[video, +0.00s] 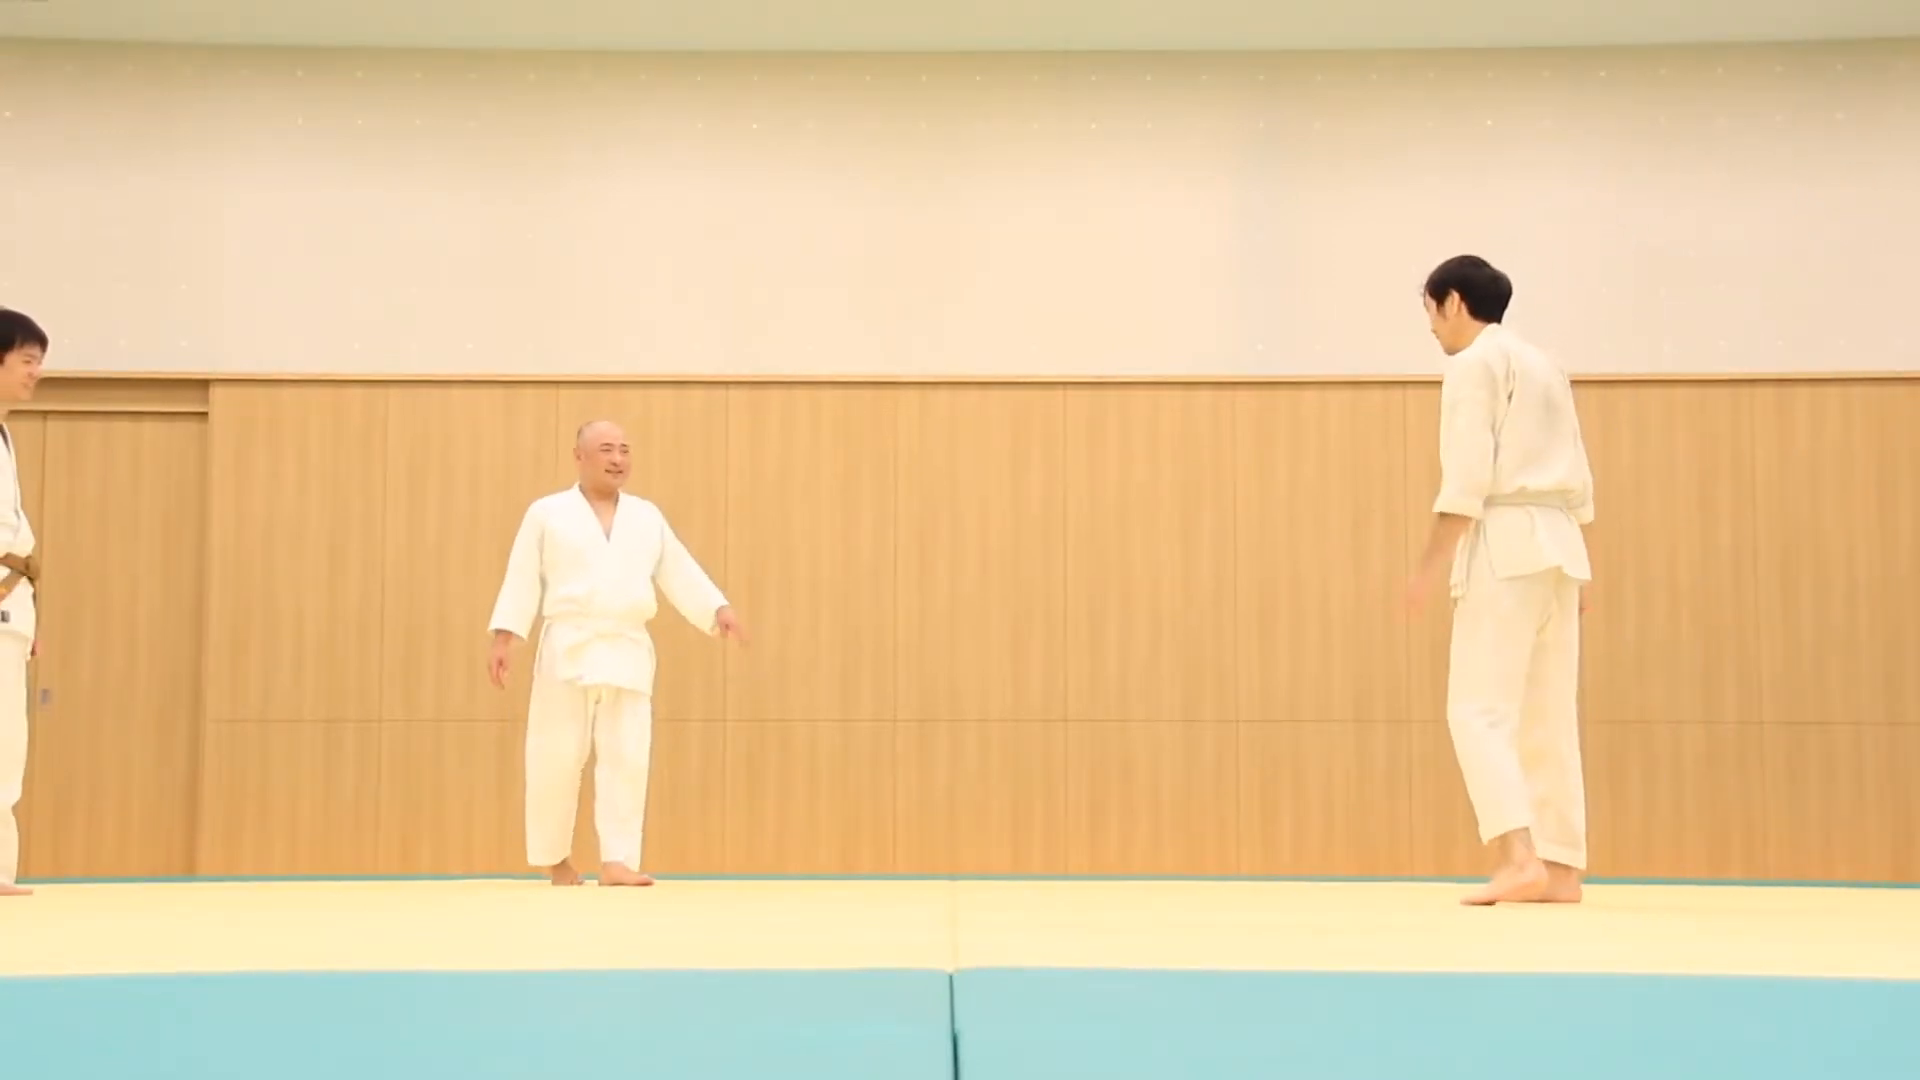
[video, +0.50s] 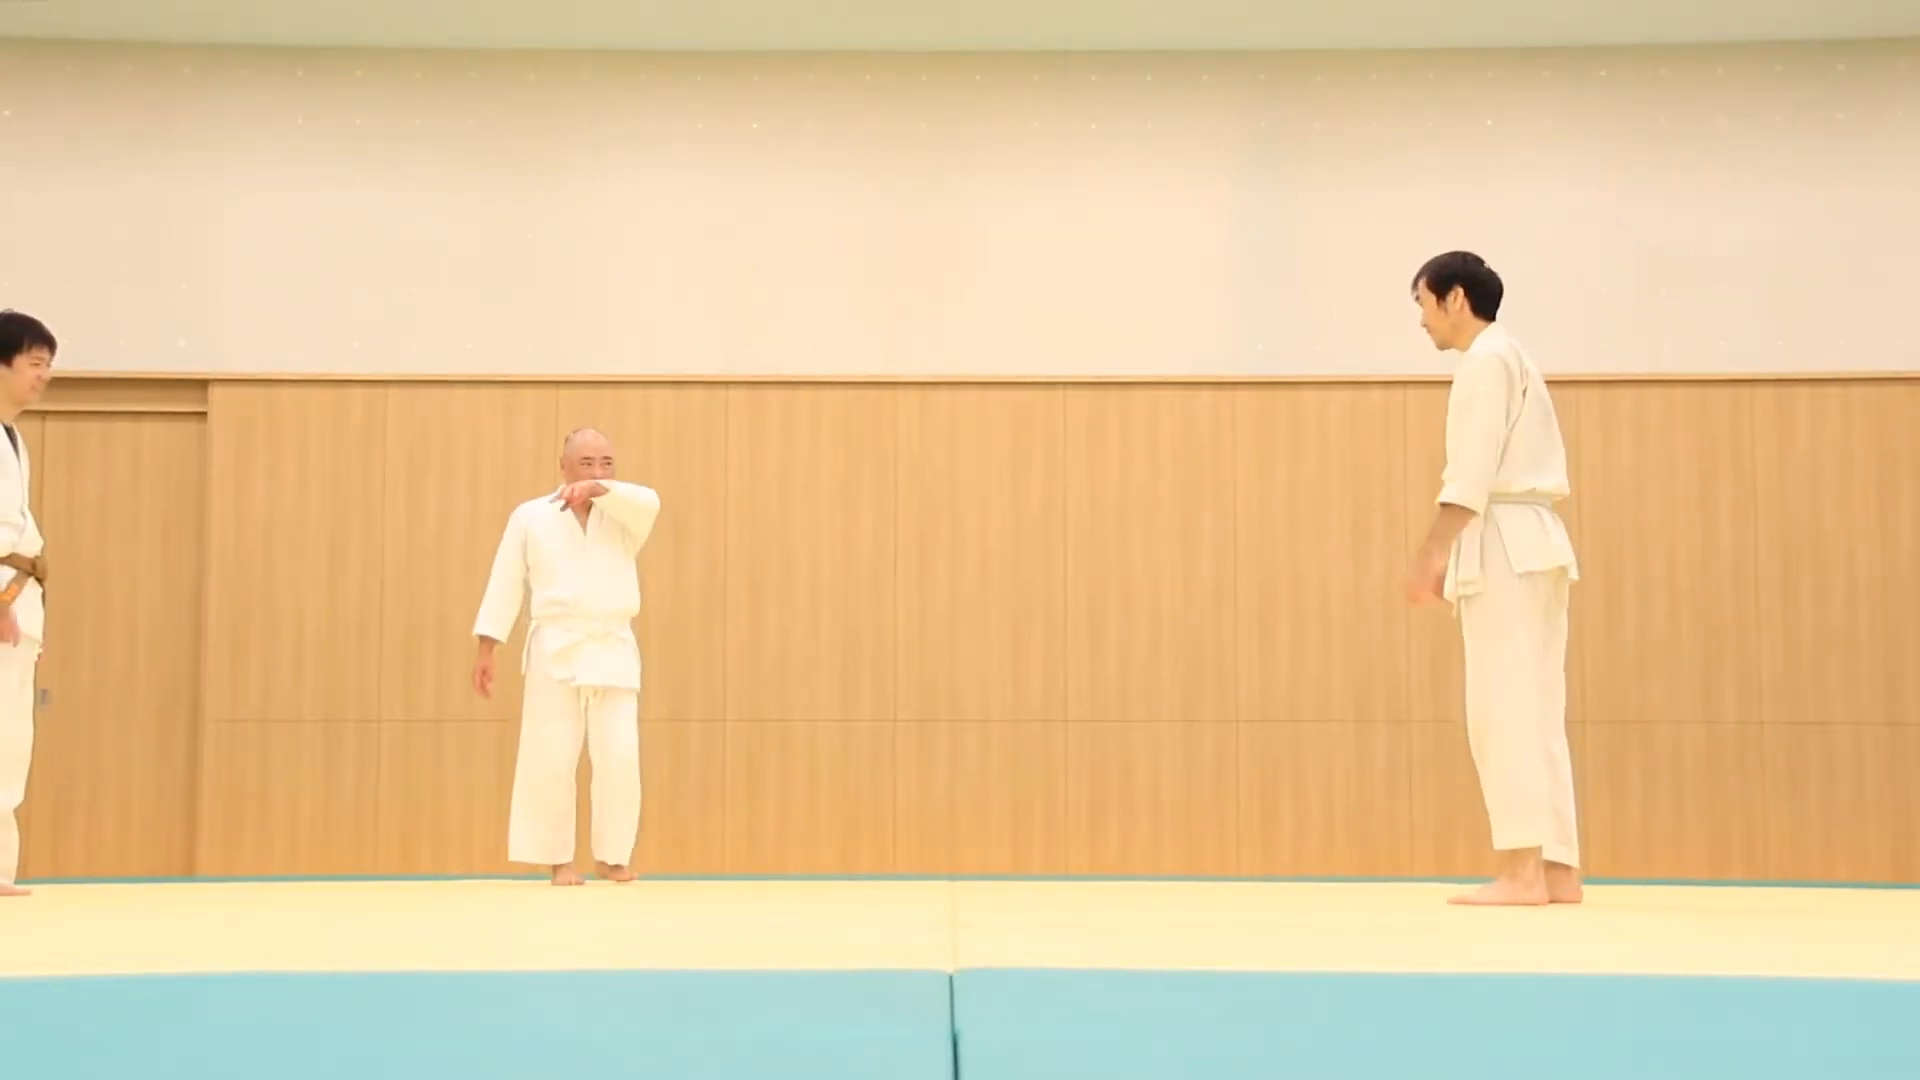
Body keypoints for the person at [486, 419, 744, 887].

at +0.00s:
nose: (618, 458)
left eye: (624, 450)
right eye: (606, 449)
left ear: (631, 459)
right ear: (580, 458)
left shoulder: (646, 517)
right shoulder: (547, 513)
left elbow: (679, 570)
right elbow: (522, 577)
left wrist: (717, 608)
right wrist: (504, 637)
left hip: (628, 649)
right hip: (565, 648)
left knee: (627, 757)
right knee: (557, 755)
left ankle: (618, 863)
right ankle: (558, 860)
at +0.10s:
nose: (609, 465)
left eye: (616, 456)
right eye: (598, 456)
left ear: (624, 463)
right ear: (573, 462)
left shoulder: (640, 516)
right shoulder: (541, 515)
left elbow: (675, 554)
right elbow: (517, 579)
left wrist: (701, 583)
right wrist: (501, 635)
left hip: (621, 650)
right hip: (559, 649)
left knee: (623, 756)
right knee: (559, 757)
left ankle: (616, 861)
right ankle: (562, 864)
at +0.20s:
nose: (603, 470)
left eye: (611, 462)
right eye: (592, 462)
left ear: (619, 468)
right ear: (567, 467)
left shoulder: (635, 514)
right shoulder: (536, 519)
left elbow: (679, 541)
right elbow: (513, 582)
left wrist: (671, 552)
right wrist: (498, 638)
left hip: (615, 650)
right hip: (555, 650)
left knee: (621, 756)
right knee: (557, 758)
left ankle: (615, 861)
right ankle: (561, 866)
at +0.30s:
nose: (598, 472)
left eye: (607, 463)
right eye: (587, 463)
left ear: (616, 468)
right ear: (564, 466)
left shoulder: (625, 509)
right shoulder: (533, 517)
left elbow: (671, 534)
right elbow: (509, 582)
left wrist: (642, 526)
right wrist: (493, 641)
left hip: (612, 649)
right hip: (553, 649)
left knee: (619, 751)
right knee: (555, 755)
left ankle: (610, 859)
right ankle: (561, 864)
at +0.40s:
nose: (597, 471)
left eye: (605, 462)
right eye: (586, 462)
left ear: (615, 467)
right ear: (563, 465)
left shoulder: (625, 511)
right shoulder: (532, 515)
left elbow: (657, 518)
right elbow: (507, 582)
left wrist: (612, 503)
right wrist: (490, 646)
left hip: (613, 647)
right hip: (553, 647)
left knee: (620, 754)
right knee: (555, 755)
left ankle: (610, 859)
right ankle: (562, 862)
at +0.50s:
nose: (597, 473)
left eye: (606, 463)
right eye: (586, 463)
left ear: (616, 468)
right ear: (564, 466)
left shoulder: (624, 513)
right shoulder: (531, 517)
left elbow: (649, 502)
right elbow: (505, 583)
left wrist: (600, 488)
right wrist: (487, 649)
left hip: (613, 646)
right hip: (555, 646)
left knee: (619, 753)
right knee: (555, 753)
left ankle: (614, 859)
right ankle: (562, 862)